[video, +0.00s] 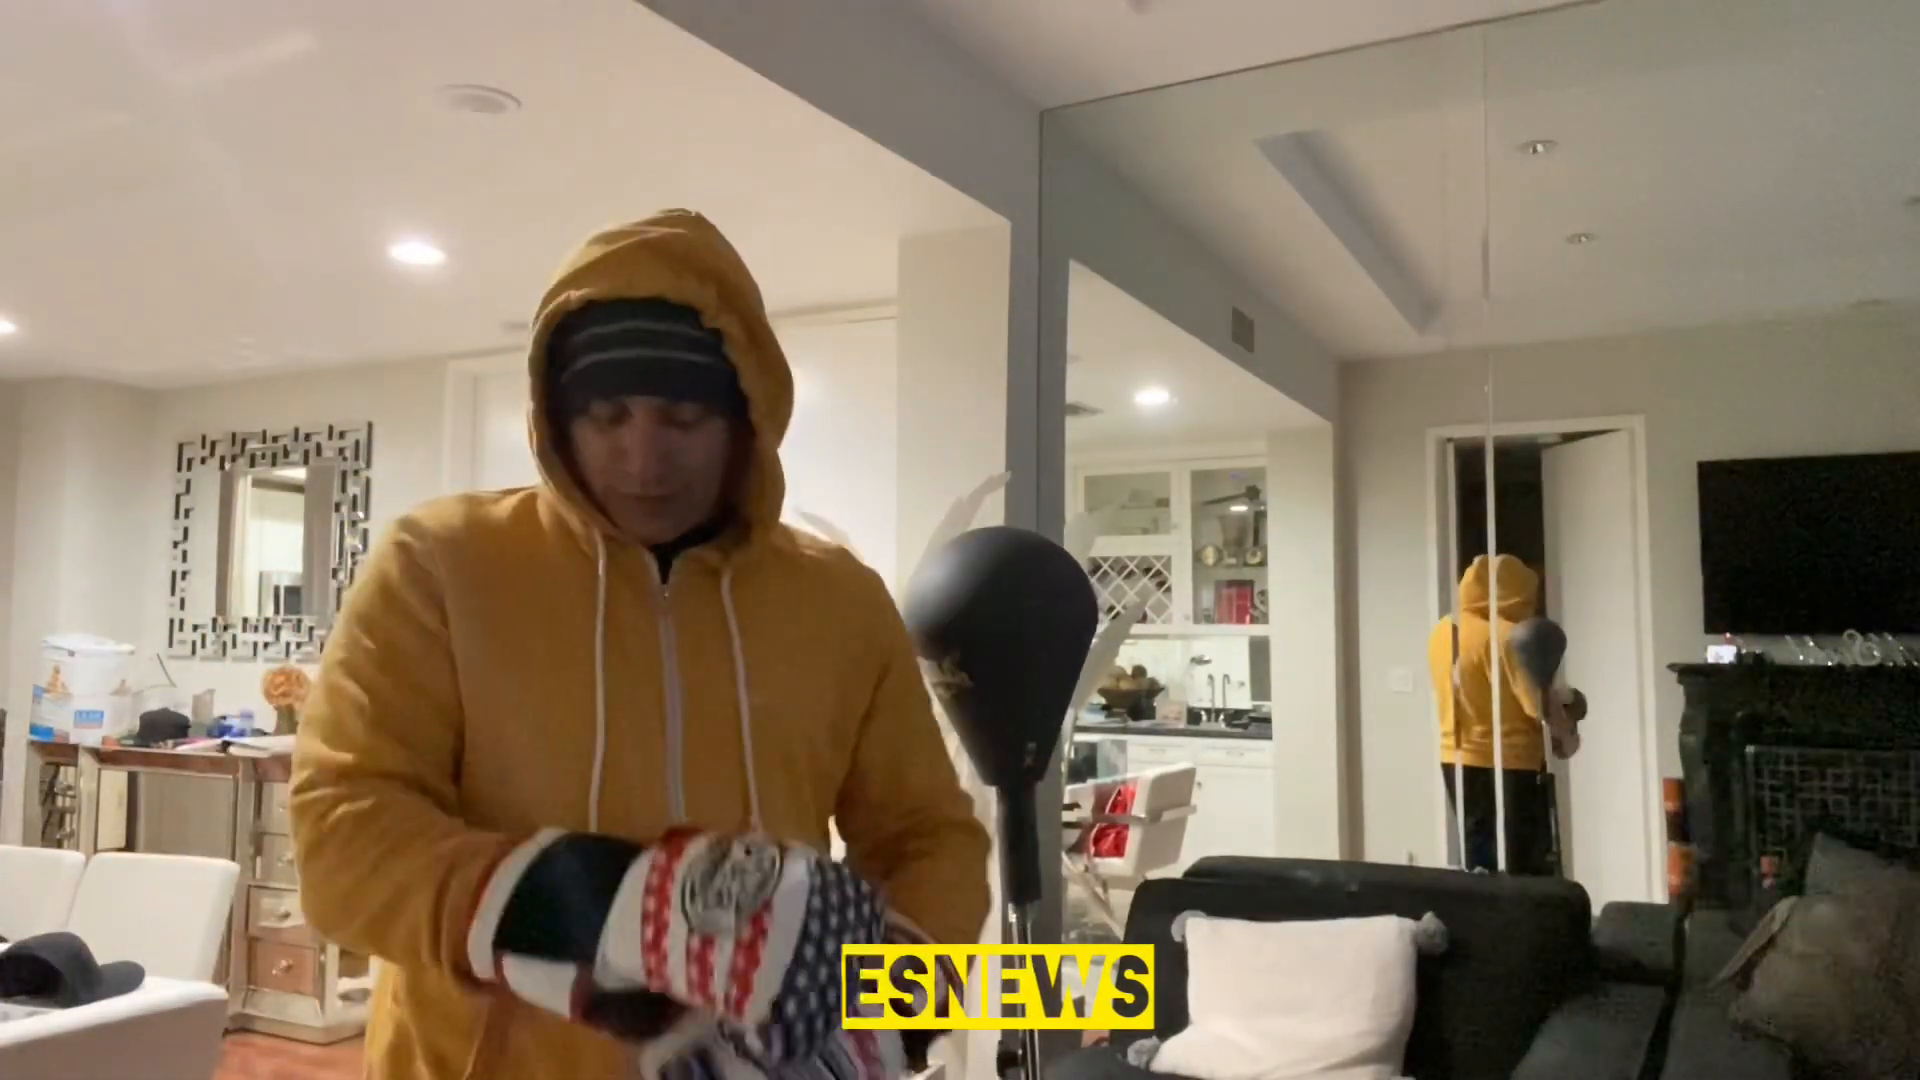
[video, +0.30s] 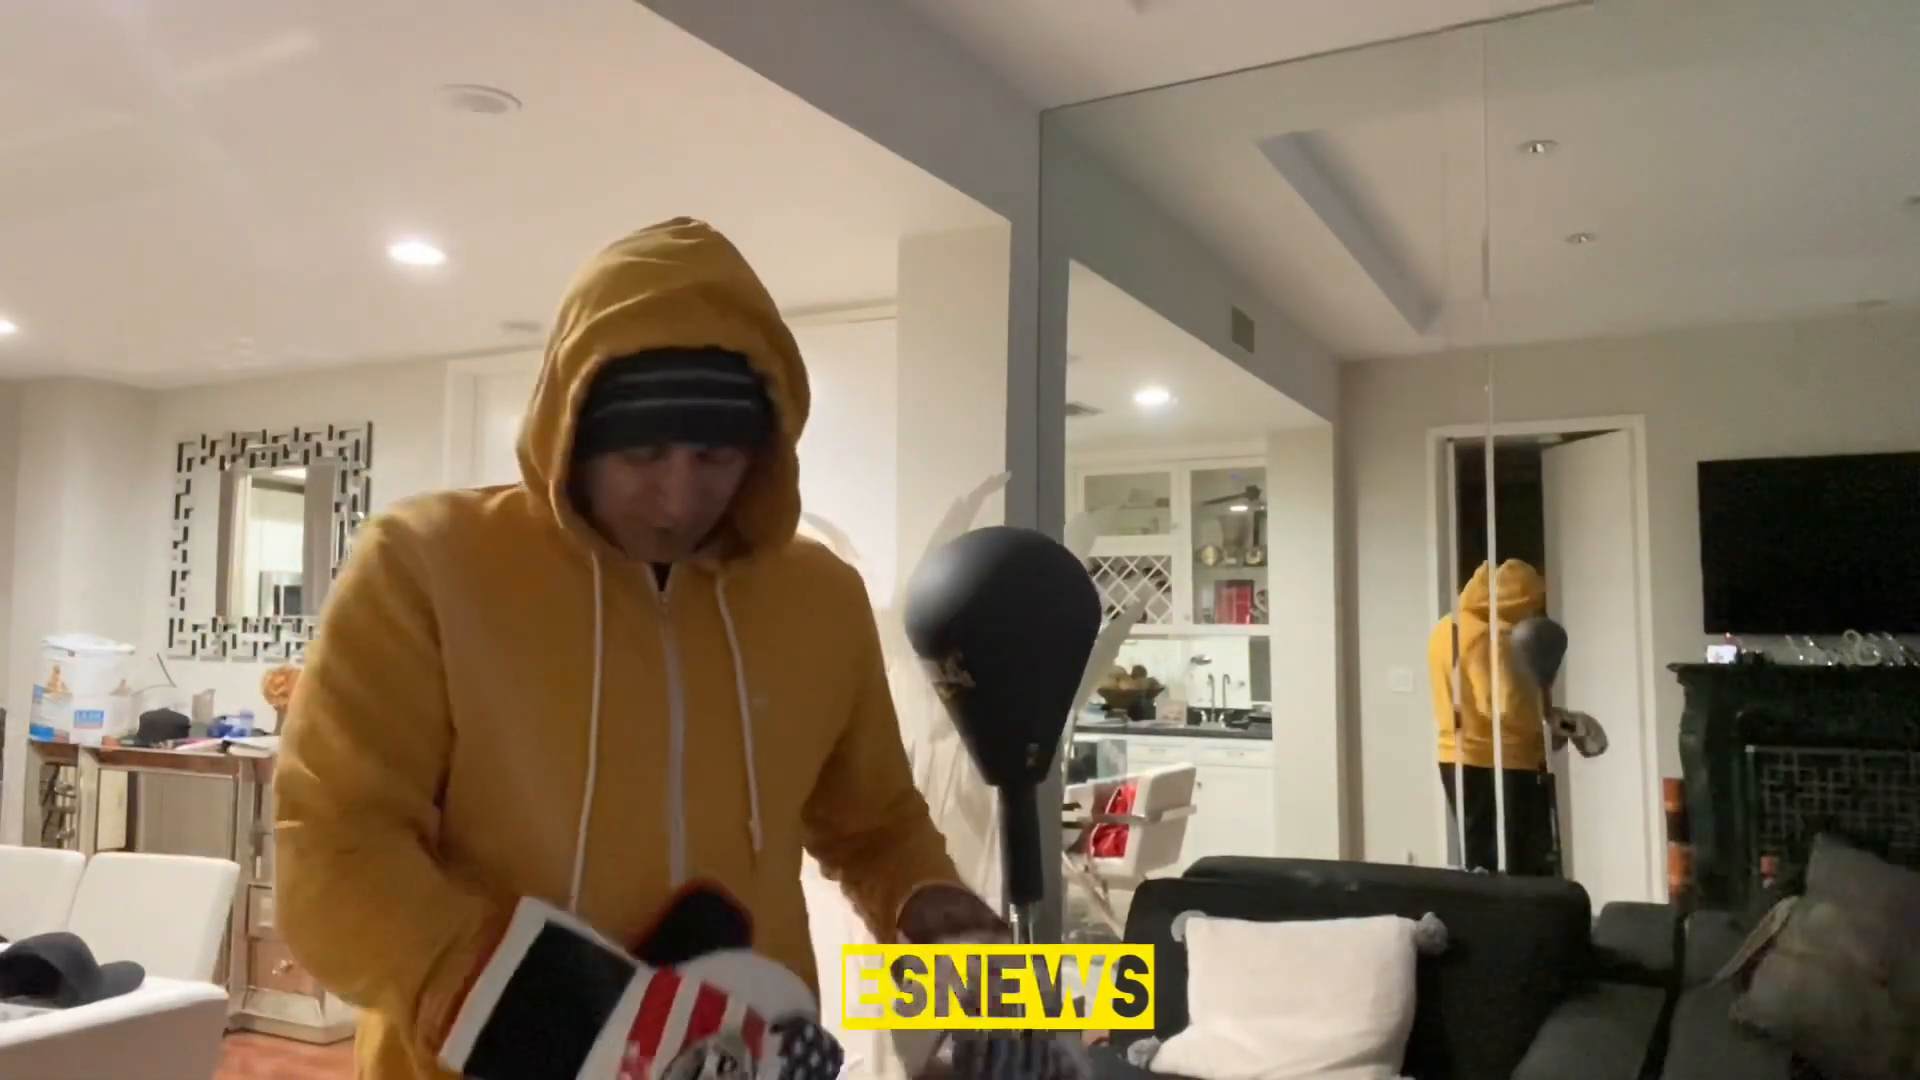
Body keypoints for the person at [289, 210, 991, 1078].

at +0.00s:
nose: (642, 458)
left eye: (683, 415)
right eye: (606, 415)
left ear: (743, 422)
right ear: (559, 422)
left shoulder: (839, 604)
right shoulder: (441, 569)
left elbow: (929, 837)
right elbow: (343, 839)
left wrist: (869, 1010)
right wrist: (586, 908)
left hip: (759, 1066)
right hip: (481, 1059)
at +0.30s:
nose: (678, 498)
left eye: (714, 455)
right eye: (642, 452)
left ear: (758, 450)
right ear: (574, 434)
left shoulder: (817, 600)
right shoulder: (425, 569)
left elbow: (872, 820)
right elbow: (331, 866)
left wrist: (932, 906)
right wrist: (542, 1011)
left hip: (748, 1061)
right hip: (482, 1063)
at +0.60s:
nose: (674, 501)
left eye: (708, 461)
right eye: (637, 458)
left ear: (746, 459)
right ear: (566, 442)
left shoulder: (800, 591)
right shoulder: (409, 572)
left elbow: (864, 805)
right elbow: (340, 904)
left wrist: (847, 902)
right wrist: (562, 1049)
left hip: (752, 1060)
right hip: (500, 1062)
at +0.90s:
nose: (623, 500)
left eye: (660, 451)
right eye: (580, 454)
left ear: (706, 435)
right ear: (512, 440)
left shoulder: (788, 574)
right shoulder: (375, 580)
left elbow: (865, 801)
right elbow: (304, 915)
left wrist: (828, 896)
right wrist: (519, 1051)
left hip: (739, 1059)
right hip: (494, 1062)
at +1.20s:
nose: (557, 505)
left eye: (597, 454)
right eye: (514, 456)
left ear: (665, 436)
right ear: (460, 443)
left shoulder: (778, 569)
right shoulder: (340, 584)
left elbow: (851, 822)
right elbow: (276, 927)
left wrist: (756, 940)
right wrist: (459, 1061)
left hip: (724, 1067)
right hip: (456, 1068)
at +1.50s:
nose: (523, 500)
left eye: (569, 445)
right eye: (480, 451)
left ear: (651, 423)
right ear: (433, 441)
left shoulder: (783, 569)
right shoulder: (333, 596)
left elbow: (877, 814)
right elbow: (273, 942)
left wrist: (756, 888)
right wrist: (388, 1069)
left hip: (724, 1058)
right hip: (457, 1060)